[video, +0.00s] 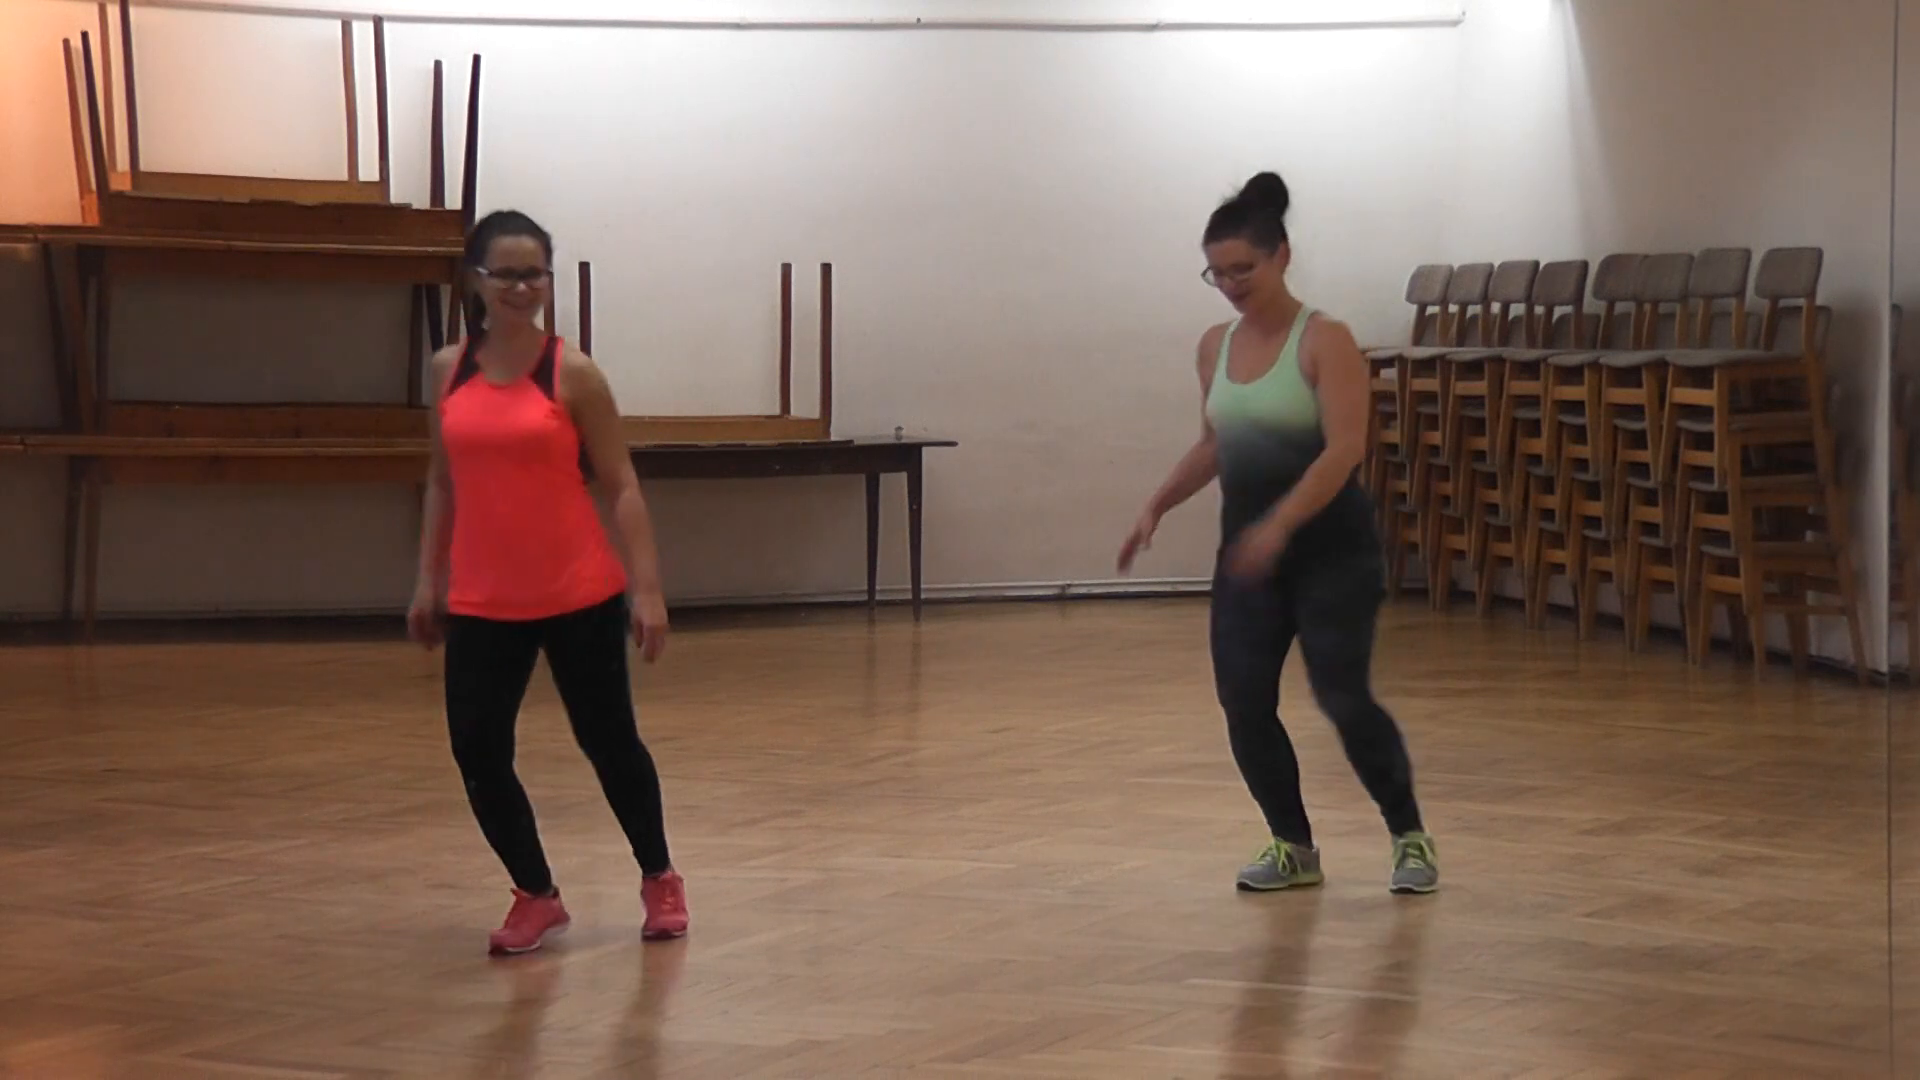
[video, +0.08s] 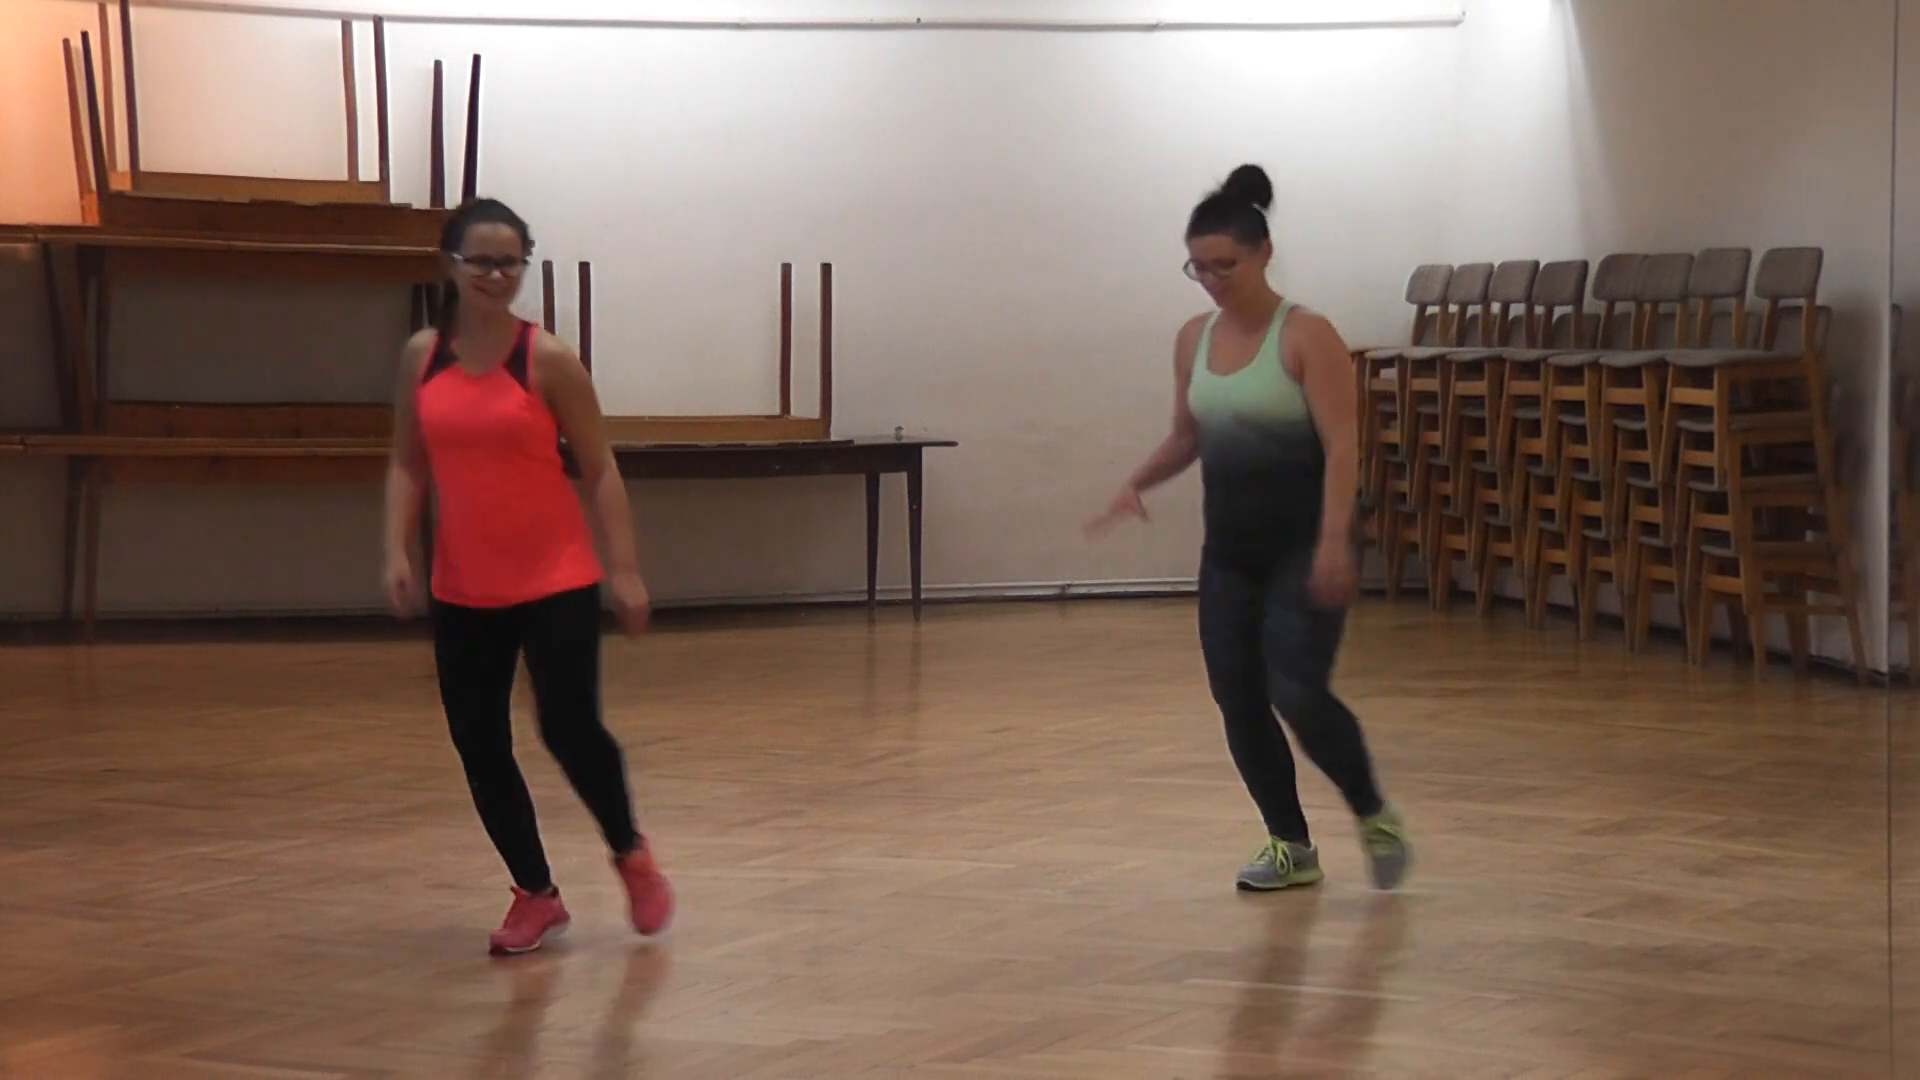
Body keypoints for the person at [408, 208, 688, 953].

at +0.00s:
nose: (521, 288)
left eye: (533, 275)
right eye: (505, 275)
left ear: (550, 280)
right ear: (475, 281)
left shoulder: (576, 375)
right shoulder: (450, 371)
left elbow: (621, 486)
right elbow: (442, 481)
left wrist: (647, 587)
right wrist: (430, 582)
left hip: (578, 594)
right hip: (484, 600)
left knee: (611, 740)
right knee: (478, 752)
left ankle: (660, 879)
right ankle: (536, 896)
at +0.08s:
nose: (498, 277)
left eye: (510, 264)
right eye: (482, 263)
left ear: (525, 268)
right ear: (450, 265)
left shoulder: (552, 361)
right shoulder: (423, 357)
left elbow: (600, 471)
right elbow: (407, 463)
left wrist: (624, 569)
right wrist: (398, 553)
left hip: (557, 580)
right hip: (465, 587)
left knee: (568, 728)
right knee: (480, 746)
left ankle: (630, 852)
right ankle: (536, 894)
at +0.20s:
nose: (458, 269)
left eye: (473, 257)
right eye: (444, 256)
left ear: (489, 262)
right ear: (413, 256)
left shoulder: (513, 351)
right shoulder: (387, 346)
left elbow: (573, 451)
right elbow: (352, 443)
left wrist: (587, 557)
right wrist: (350, 508)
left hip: (524, 552)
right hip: (442, 563)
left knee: (484, 699)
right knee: (478, 721)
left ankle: (526, 872)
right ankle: (528, 882)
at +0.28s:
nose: (432, 275)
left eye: (447, 263)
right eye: (417, 262)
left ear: (465, 271)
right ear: (389, 265)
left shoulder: (487, 361)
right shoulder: (366, 355)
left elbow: (547, 463)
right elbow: (327, 452)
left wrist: (563, 570)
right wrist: (326, 495)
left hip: (501, 562)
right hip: (423, 572)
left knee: (437, 707)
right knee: (493, 731)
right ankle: (543, 892)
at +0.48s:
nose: (374, 279)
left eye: (391, 273)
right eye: (363, 263)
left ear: (407, 291)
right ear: (333, 268)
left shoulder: (421, 378)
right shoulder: (302, 368)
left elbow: (472, 489)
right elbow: (284, 470)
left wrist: (478, 604)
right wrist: (279, 508)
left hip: (415, 591)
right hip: (339, 589)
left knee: (355, 749)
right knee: (381, 755)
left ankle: (335, 926)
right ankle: (501, 868)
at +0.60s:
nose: (340, 260)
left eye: (355, 254)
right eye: (328, 243)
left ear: (367, 273)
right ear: (294, 247)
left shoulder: (383, 355)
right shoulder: (258, 351)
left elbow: (432, 462)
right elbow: (234, 457)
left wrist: (421, 566)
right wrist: (234, 512)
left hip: (372, 592)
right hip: (288, 590)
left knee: (344, 753)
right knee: (263, 740)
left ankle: (336, 923)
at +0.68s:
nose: (313, 249)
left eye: (328, 243)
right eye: (300, 233)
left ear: (339, 263)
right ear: (265, 239)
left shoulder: (359, 346)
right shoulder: (226, 345)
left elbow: (405, 454)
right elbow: (203, 444)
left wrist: (392, 547)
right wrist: (203, 506)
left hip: (354, 587)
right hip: (262, 582)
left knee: (334, 745)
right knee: (223, 726)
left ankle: (334, 923)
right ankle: (248, 895)